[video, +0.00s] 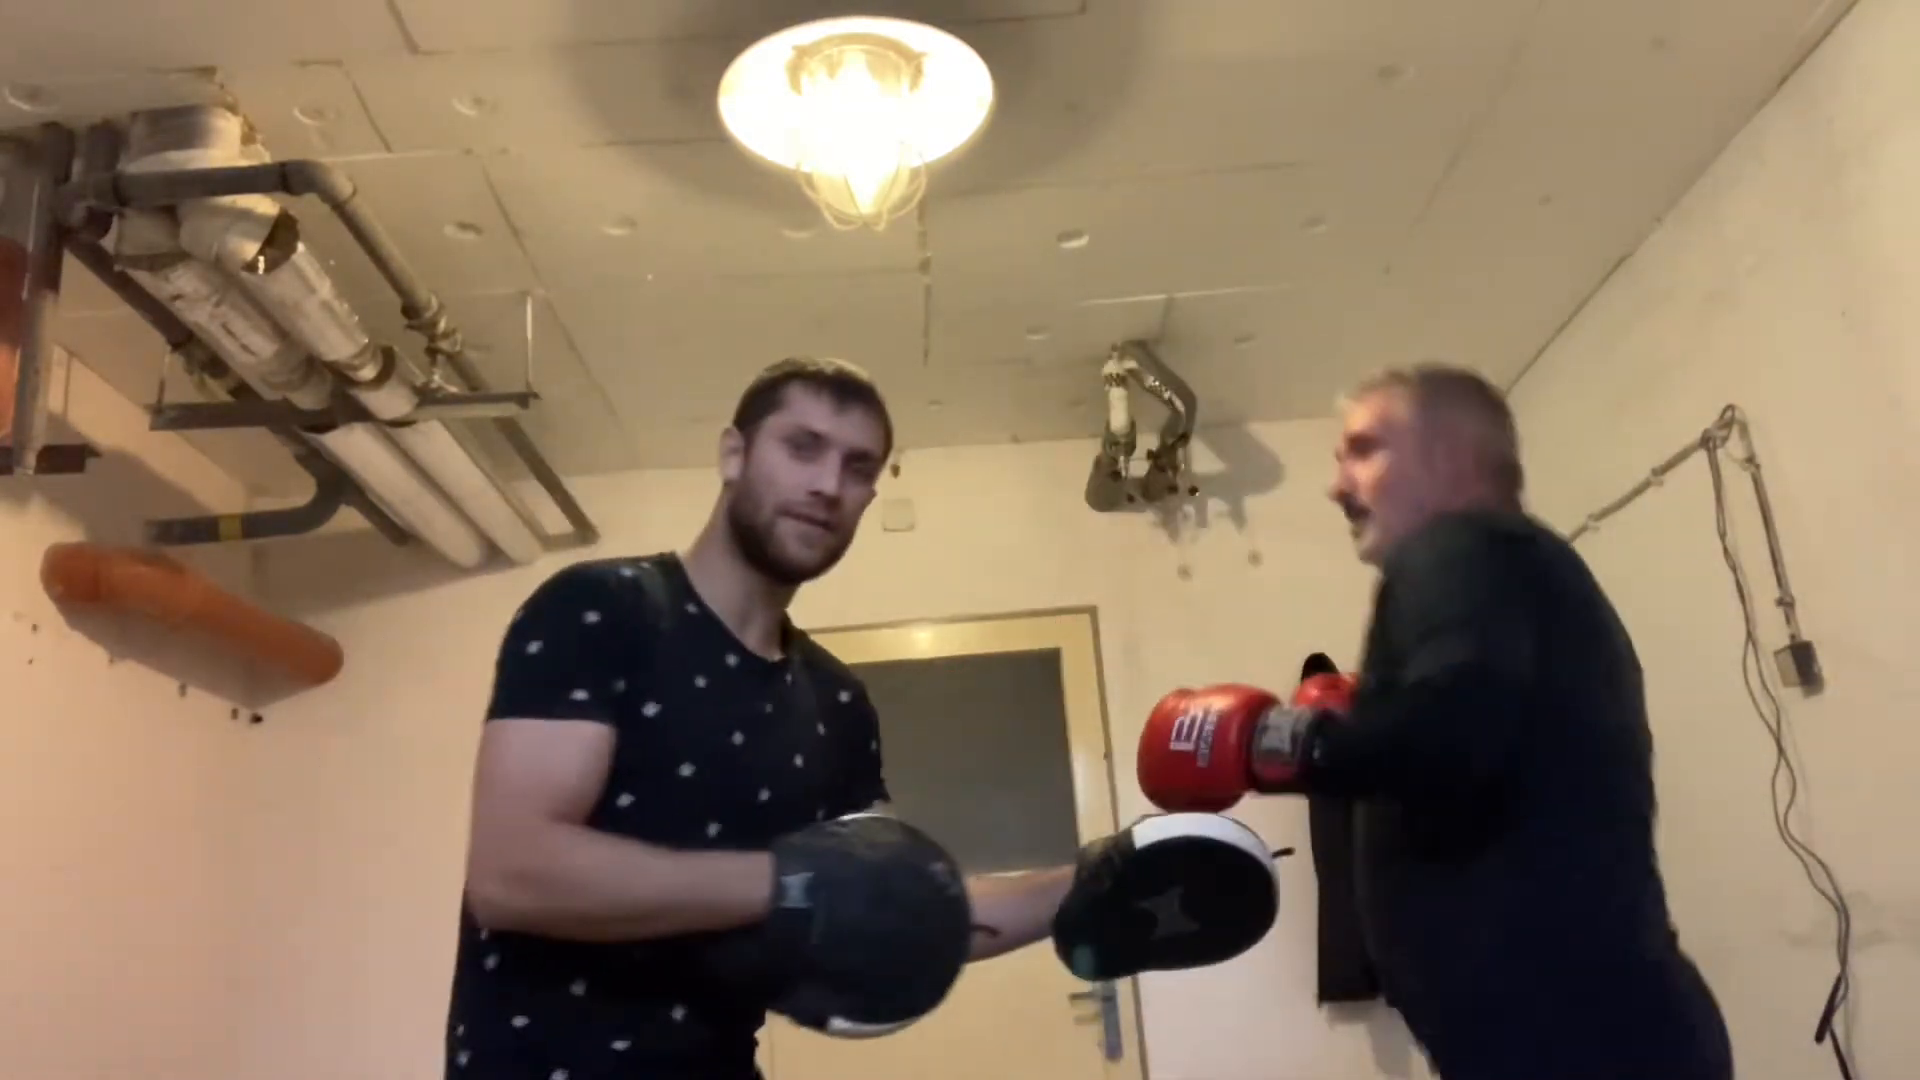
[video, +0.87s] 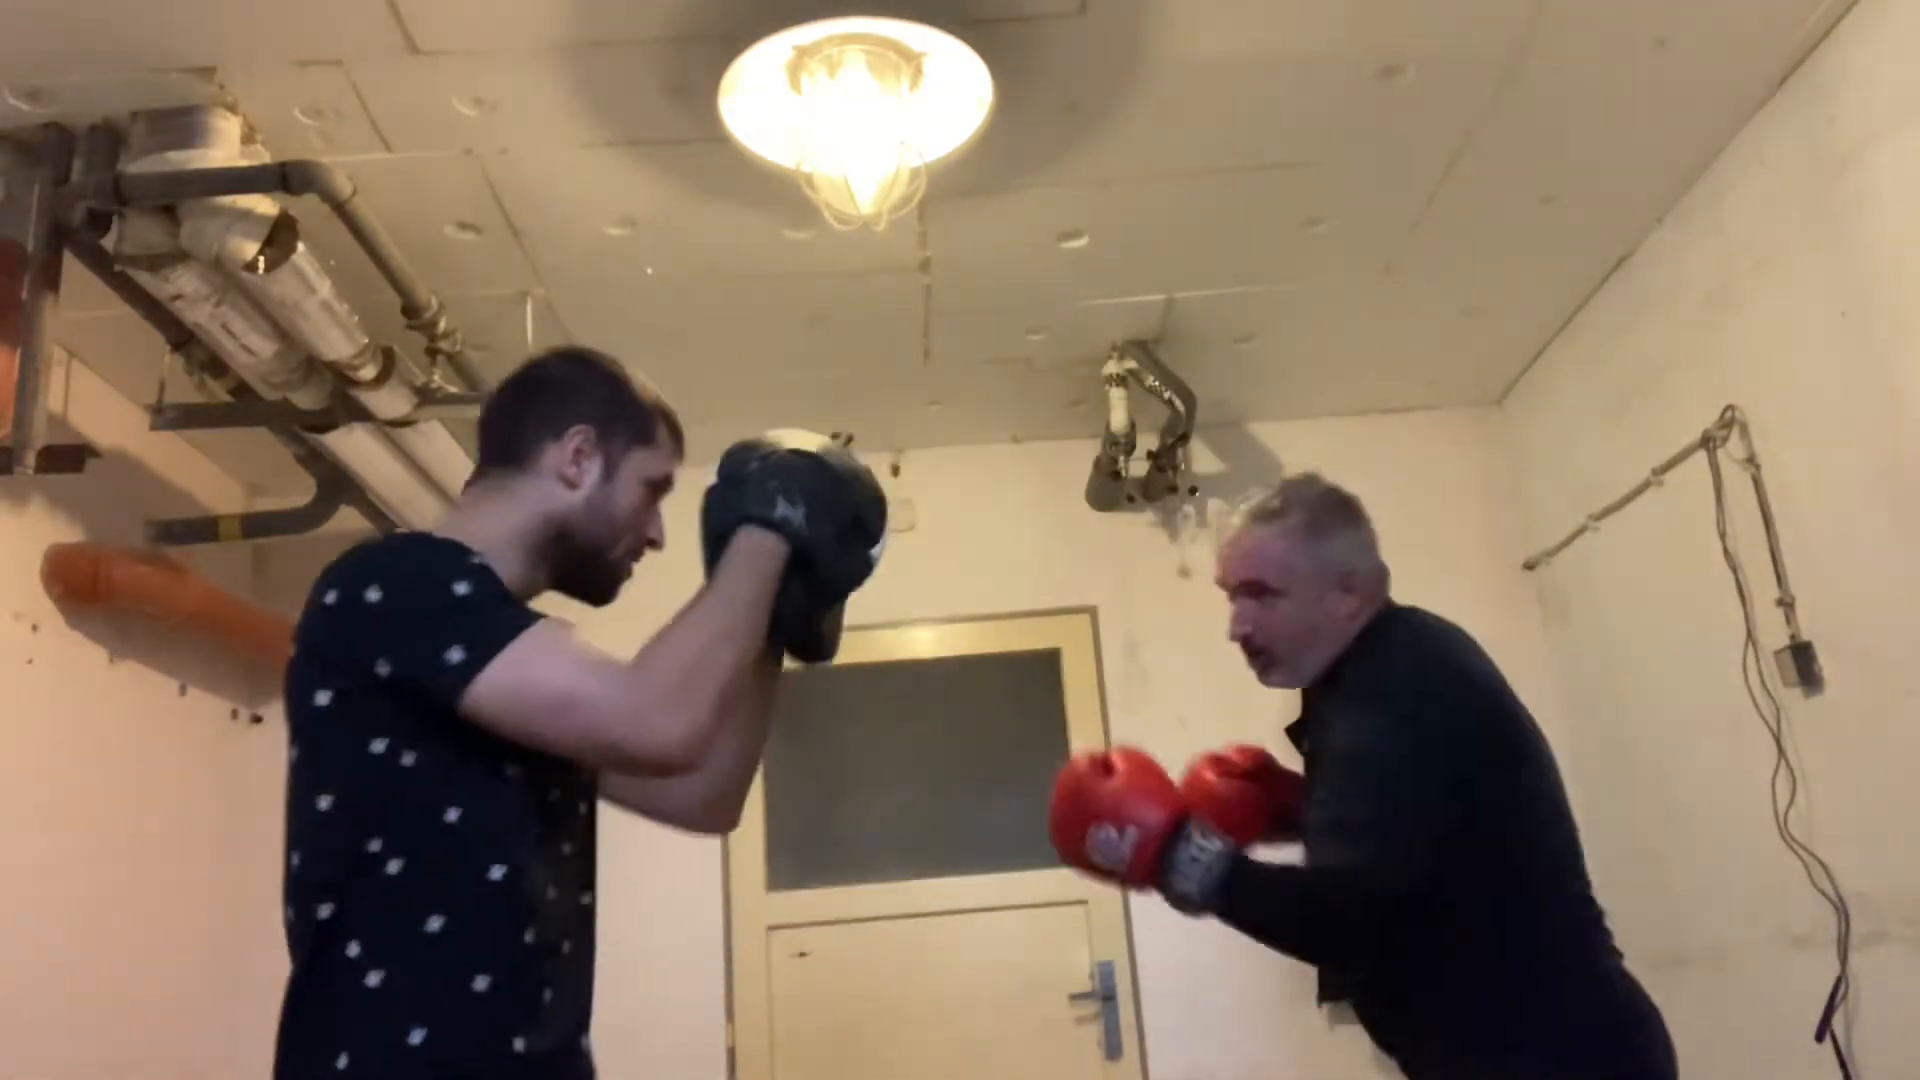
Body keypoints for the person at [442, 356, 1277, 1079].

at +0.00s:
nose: (831, 487)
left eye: (858, 470)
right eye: (805, 449)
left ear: (872, 499)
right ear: (731, 454)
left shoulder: (836, 708)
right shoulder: (596, 611)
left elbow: (863, 918)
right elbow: (510, 871)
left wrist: (1083, 888)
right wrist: (794, 887)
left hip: (712, 1061)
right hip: (537, 1054)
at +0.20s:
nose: (817, 481)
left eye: (845, 462)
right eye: (790, 441)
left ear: (856, 491)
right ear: (718, 447)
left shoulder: (812, 702)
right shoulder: (584, 604)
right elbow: (543, 878)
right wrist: (828, 864)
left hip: (697, 1057)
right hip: (527, 1055)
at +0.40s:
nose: (740, 482)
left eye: (759, 463)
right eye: (709, 440)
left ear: (765, 485)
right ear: (619, 443)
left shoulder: (700, 696)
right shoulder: (497, 608)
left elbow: (734, 946)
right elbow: (511, 885)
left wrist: (855, 879)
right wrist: (808, 831)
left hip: (632, 1060)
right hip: (470, 1059)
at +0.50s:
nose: (716, 491)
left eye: (721, 463)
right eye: (691, 448)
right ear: (587, 435)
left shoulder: (632, 682)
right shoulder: (433, 602)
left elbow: (683, 928)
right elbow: (500, 876)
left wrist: (802, 845)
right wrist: (787, 787)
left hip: (572, 1060)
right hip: (415, 1058)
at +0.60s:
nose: (681, 497)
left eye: (683, 464)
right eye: (666, 453)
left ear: (578, 437)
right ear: (574, 431)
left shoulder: (581, 664)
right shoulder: (390, 588)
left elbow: (648, 898)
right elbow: (518, 842)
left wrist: (777, 776)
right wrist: (771, 710)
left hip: (538, 1057)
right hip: (381, 1055)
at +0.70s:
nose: (656, 504)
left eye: (658, 472)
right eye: (645, 463)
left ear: (565, 442)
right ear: (563, 438)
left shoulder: (551, 657)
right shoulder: (374, 581)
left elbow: (662, 858)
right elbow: (571, 792)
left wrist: (780, 691)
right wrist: (762, 622)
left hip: (516, 1056)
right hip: (368, 1056)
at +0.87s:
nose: (656, 533)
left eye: (661, 500)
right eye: (651, 492)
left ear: (575, 462)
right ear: (576, 459)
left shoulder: (496, 659)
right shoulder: (392, 585)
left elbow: (705, 798)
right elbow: (658, 721)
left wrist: (775, 615)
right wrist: (768, 531)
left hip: (529, 1050)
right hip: (398, 1053)